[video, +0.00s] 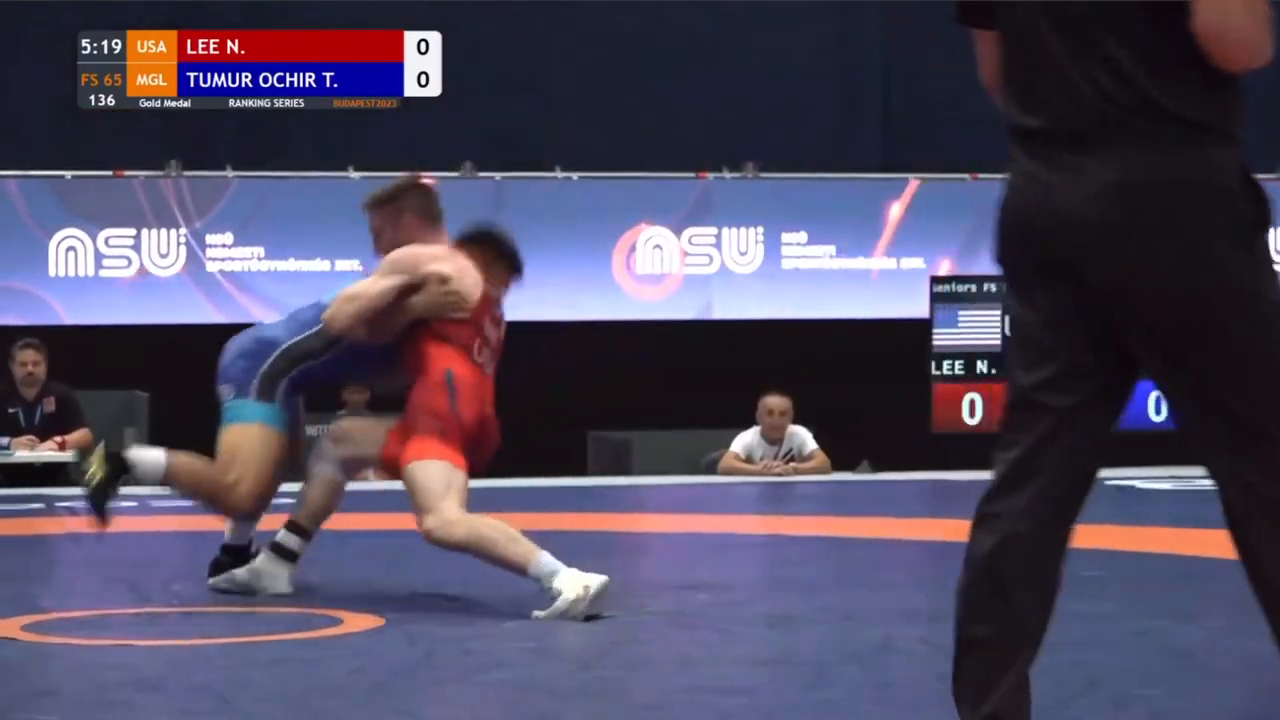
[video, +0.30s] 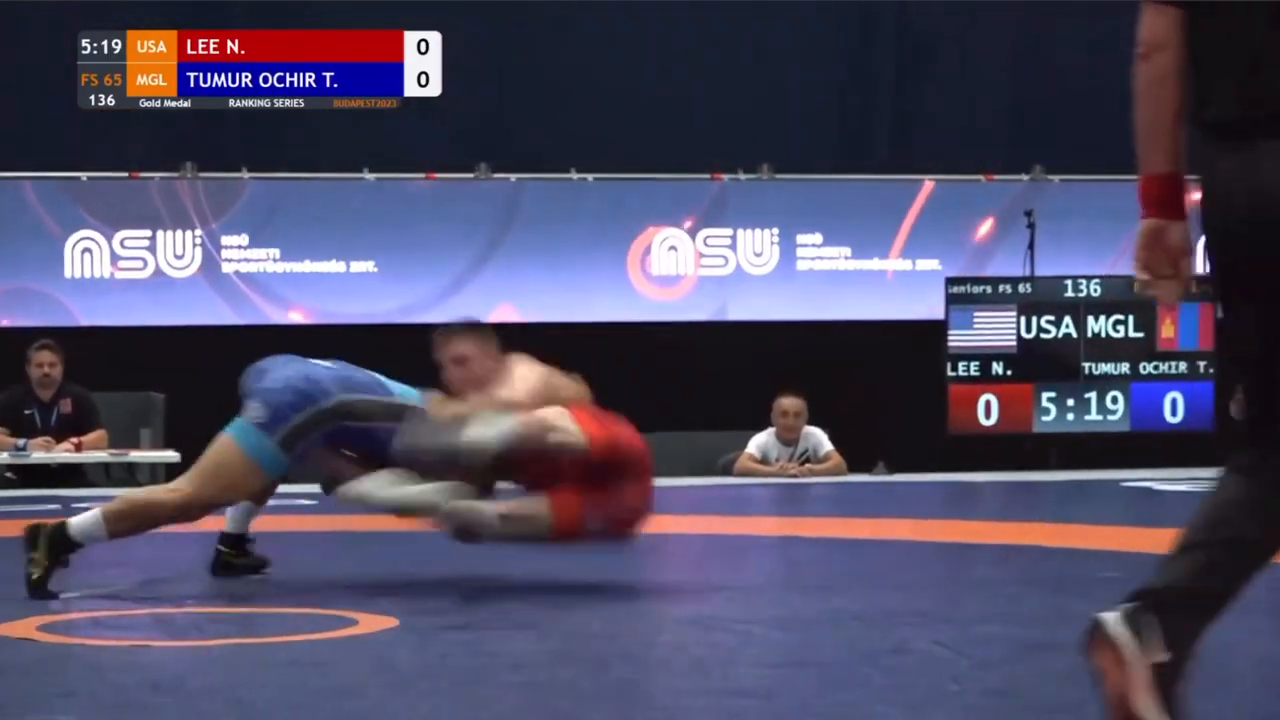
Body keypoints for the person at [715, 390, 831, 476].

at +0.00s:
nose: (776, 420)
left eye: (782, 414)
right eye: (769, 414)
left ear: (791, 417)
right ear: (758, 416)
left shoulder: (799, 434)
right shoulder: (747, 437)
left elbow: (824, 465)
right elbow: (725, 466)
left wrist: (791, 468)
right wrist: (762, 469)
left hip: (793, 497)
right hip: (754, 497)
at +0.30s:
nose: (791, 421)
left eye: (797, 415)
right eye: (784, 415)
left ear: (805, 418)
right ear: (773, 417)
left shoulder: (815, 435)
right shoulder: (762, 439)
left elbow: (840, 466)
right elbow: (741, 467)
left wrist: (807, 470)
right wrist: (778, 471)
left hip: (808, 498)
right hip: (771, 499)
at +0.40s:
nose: (799, 422)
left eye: (805, 416)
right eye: (792, 416)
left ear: (814, 419)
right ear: (781, 418)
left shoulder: (823, 436)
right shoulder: (770, 439)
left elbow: (848, 467)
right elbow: (749, 467)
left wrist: (816, 471)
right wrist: (785, 472)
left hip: (817, 500)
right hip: (779, 501)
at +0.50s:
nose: (805, 426)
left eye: (811, 420)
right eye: (799, 420)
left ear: (819, 419)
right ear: (788, 421)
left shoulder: (830, 438)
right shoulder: (777, 441)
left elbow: (855, 468)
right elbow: (760, 468)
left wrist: (825, 472)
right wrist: (792, 474)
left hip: (824, 502)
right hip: (786, 502)